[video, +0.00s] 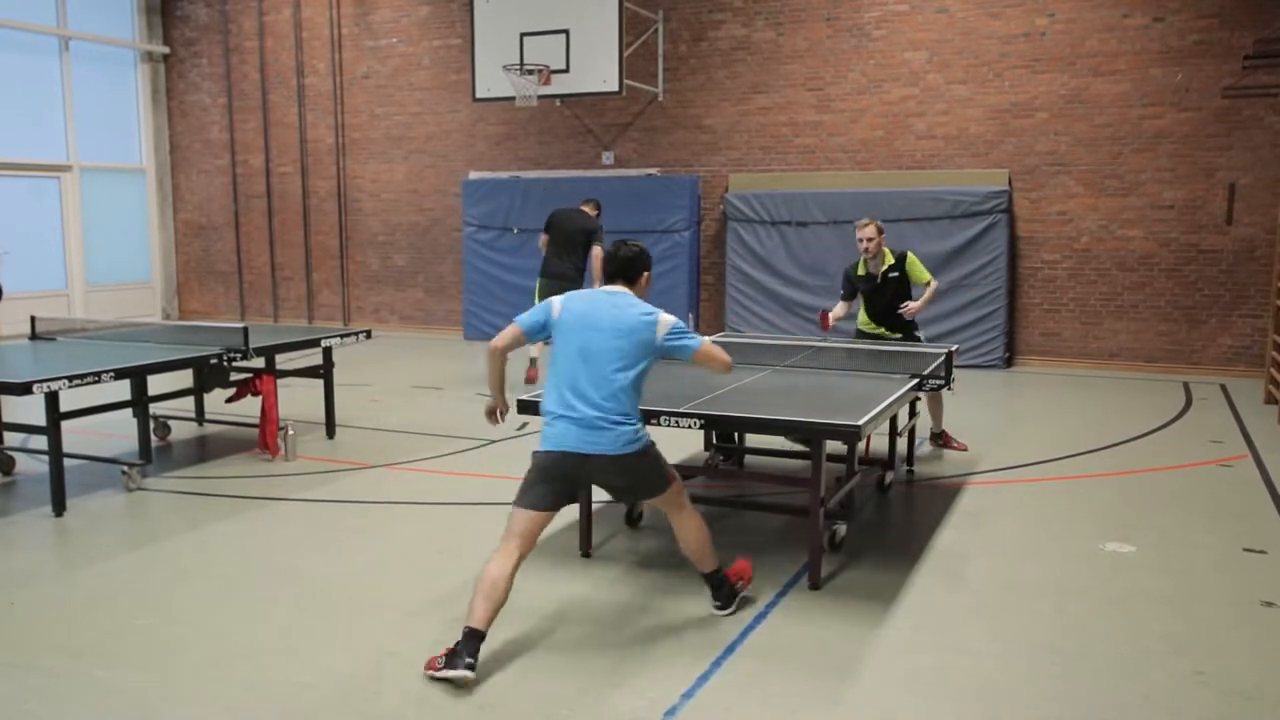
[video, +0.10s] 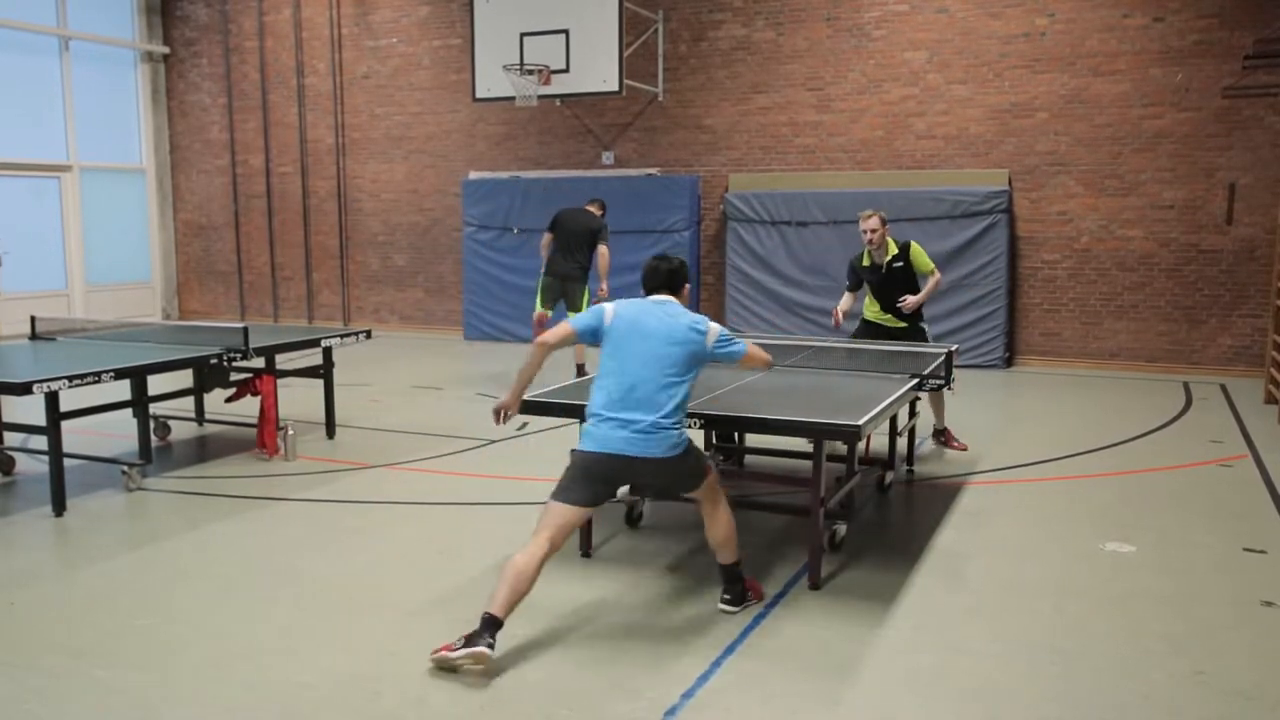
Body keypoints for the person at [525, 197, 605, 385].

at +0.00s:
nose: (596, 219)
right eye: (597, 217)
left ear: (581, 206)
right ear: (595, 212)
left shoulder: (557, 214)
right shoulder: (594, 225)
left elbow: (543, 241)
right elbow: (596, 254)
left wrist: (551, 257)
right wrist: (597, 282)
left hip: (547, 276)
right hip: (573, 281)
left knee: (538, 321)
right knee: (568, 324)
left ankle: (533, 361)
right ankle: (565, 366)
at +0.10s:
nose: (601, 219)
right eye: (602, 217)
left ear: (586, 205)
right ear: (600, 212)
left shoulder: (563, 214)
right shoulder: (599, 224)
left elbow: (545, 241)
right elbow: (602, 251)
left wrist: (546, 264)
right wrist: (603, 281)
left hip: (551, 273)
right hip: (577, 278)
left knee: (542, 314)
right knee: (579, 324)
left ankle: (534, 363)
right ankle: (580, 369)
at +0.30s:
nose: (605, 218)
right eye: (607, 215)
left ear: (590, 206)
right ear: (605, 211)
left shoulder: (568, 214)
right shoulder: (605, 222)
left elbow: (550, 238)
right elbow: (610, 249)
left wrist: (536, 263)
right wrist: (614, 278)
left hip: (558, 273)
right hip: (583, 278)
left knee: (542, 311)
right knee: (582, 326)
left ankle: (549, 314)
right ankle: (580, 369)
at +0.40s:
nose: (606, 216)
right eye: (607, 214)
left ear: (590, 205)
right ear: (605, 211)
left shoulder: (570, 214)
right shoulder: (607, 221)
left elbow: (552, 238)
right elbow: (614, 247)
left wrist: (537, 261)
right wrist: (619, 276)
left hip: (561, 274)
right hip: (586, 278)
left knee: (546, 316)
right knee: (583, 325)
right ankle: (581, 370)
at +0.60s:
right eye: (600, 211)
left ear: (586, 208)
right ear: (602, 212)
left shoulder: (570, 215)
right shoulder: (606, 222)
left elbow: (555, 238)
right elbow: (616, 247)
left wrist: (543, 264)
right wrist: (624, 274)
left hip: (563, 275)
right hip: (588, 278)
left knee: (556, 317)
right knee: (584, 324)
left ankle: (546, 359)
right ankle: (581, 370)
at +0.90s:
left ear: (578, 216)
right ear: (593, 216)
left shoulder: (562, 225)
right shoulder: (594, 221)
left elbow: (547, 249)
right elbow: (604, 240)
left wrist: (546, 278)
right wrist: (615, 264)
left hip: (564, 277)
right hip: (586, 275)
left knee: (569, 319)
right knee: (588, 318)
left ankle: (570, 361)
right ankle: (585, 355)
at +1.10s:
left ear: (574, 212)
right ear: (589, 210)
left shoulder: (559, 223)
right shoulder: (589, 212)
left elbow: (547, 249)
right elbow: (599, 232)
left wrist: (550, 276)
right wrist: (610, 257)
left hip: (565, 271)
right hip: (587, 269)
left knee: (569, 317)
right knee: (600, 307)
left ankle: (570, 359)